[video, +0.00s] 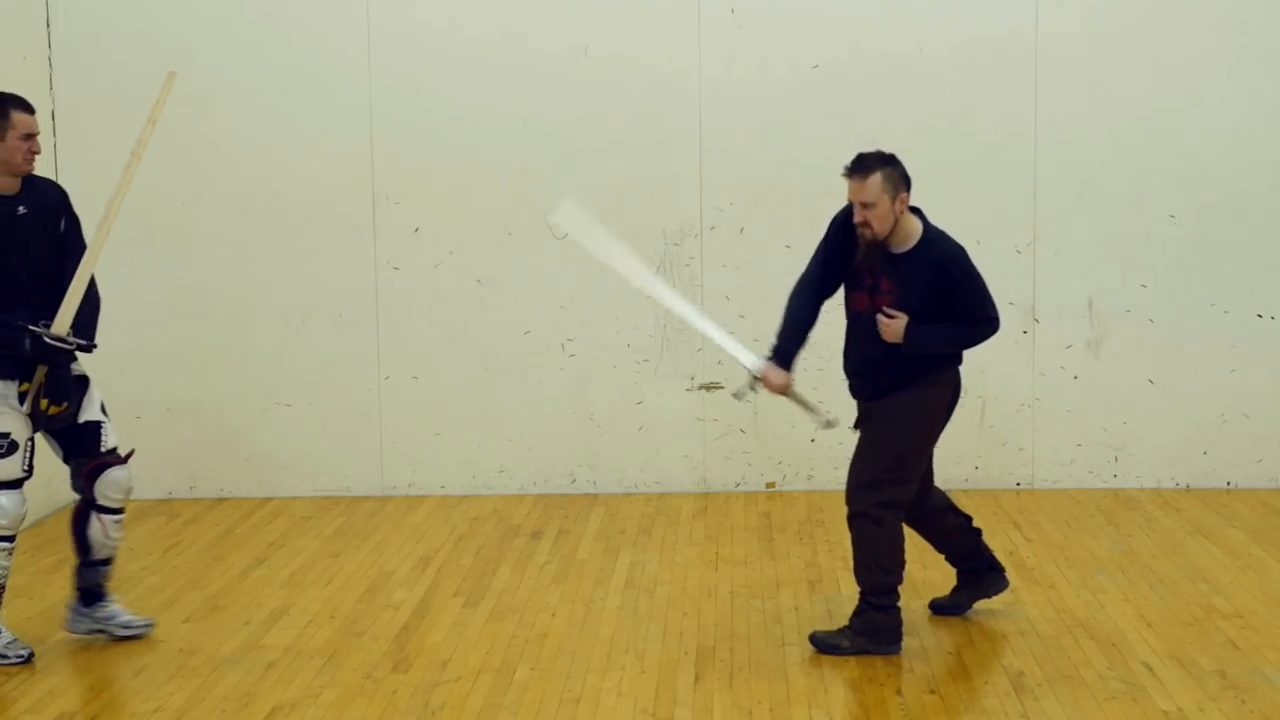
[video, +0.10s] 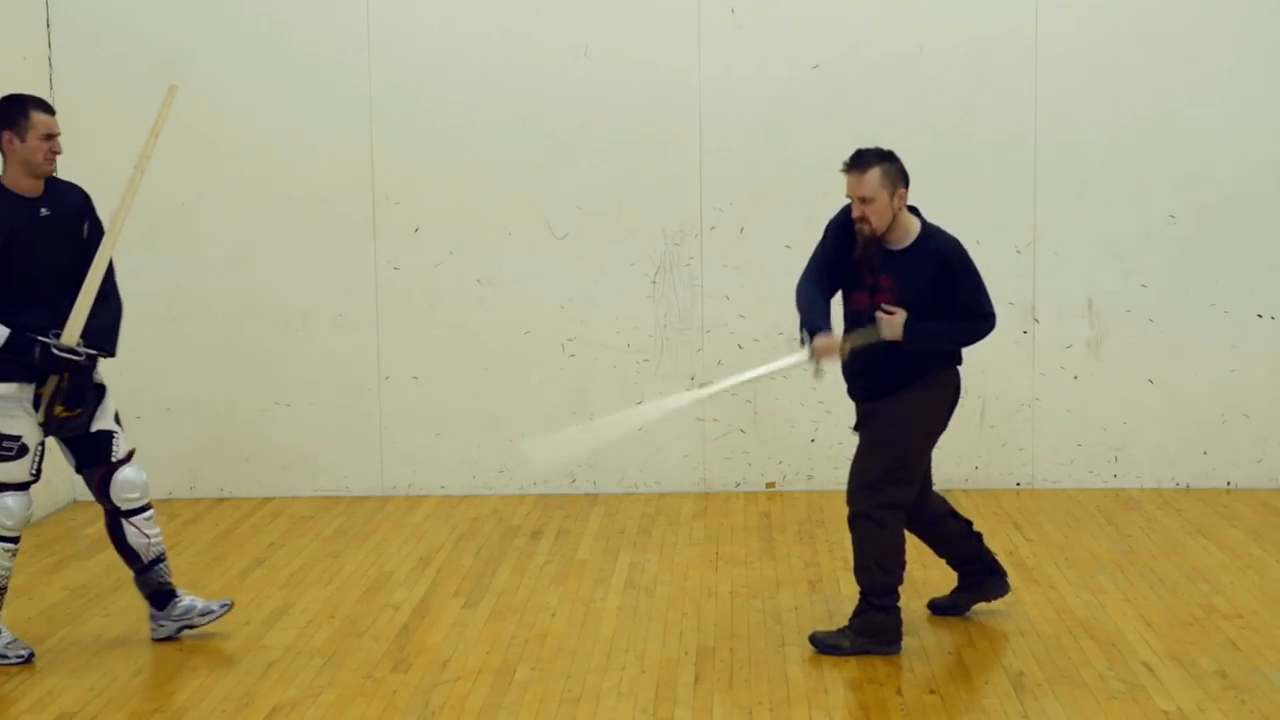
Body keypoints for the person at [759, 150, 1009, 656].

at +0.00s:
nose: (857, 217)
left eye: (869, 206)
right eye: (853, 205)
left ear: (902, 201)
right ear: (849, 199)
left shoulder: (941, 256)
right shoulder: (849, 229)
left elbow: (984, 322)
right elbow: (812, 288)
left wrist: (913, 333)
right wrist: (782, 359)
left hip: (923, 392)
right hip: (875, 392)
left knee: (870, 495)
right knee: (909, 492)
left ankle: (878, 623)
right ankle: (980, 569)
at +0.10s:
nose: (857, 213)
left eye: (867, 202)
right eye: (852, 202)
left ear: (900, 196)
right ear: (849, 196)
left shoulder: (941, 251)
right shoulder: (848, 228)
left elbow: (980, 321)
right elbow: (813, 285)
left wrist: (910, 328)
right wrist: (818, 328)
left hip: (924, 391)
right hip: (874, 393)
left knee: (871, 496)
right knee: (909, 497)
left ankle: (878, 623)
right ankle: (981, 572)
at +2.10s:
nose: (904, 177)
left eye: (914, 165)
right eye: (903, 167)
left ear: (948, 169)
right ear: (933, 175)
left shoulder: (1005, 206)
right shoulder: (925, 224)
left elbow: (1048, 271)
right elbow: (908, 266)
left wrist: (975, 290)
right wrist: (868, 220)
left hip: (1020, 352)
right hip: (959, 355)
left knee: (981, 463)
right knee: (945, 470)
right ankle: (969, 586)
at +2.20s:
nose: (918, 175)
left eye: (929, 166)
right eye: (918, 168)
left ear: (963, 176)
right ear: (925, 182)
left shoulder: (1014, 214)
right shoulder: (935, 237)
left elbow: (1066, 273)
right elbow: (921, 282)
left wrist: (997, 301)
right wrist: (883, 233)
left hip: (1045, 362)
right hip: (983, 363)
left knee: (1038, 476)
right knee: (964, 472)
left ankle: (1073, 565)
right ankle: (974, 586)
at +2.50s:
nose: (950, 207)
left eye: (960, 197)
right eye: (945, 199)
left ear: (991, 199)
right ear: (943, 205)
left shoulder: (1044, 233)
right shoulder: (956, 257)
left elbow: (1099, 288)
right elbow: (958, 308)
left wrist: (1033, 315)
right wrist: (927, 255)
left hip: (1079, 360)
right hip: (1013, 362)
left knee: (1074, 468)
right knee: (998, 464)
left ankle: (1083, 572)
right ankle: (1000, 562)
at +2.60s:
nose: (956, 220)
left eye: (964, 209)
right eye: (950, 211)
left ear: (994, 209)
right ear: (948, 215)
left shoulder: (1047, 237)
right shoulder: (959, 258)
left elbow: (1097, 294)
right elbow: (964, 317)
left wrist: (1031, 317)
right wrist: (932, 266)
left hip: (1076, 358)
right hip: (1009, 359)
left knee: (1076, 465)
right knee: (991, 460)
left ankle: (1083, 570)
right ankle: (999, 560)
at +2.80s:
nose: (960, 227)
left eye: (969, 216)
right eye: (955, 217)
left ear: (999, 216)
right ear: (952, 218)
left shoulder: (1046, 243)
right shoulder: (962, 260)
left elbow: (1095, 299)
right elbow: (973, 329)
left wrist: (1031, 321)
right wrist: (945, 289)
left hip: (1067, 363)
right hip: (1000, 364)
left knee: (1068, 466)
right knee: (983, 464)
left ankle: (1080, 571)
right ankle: (998, 562)